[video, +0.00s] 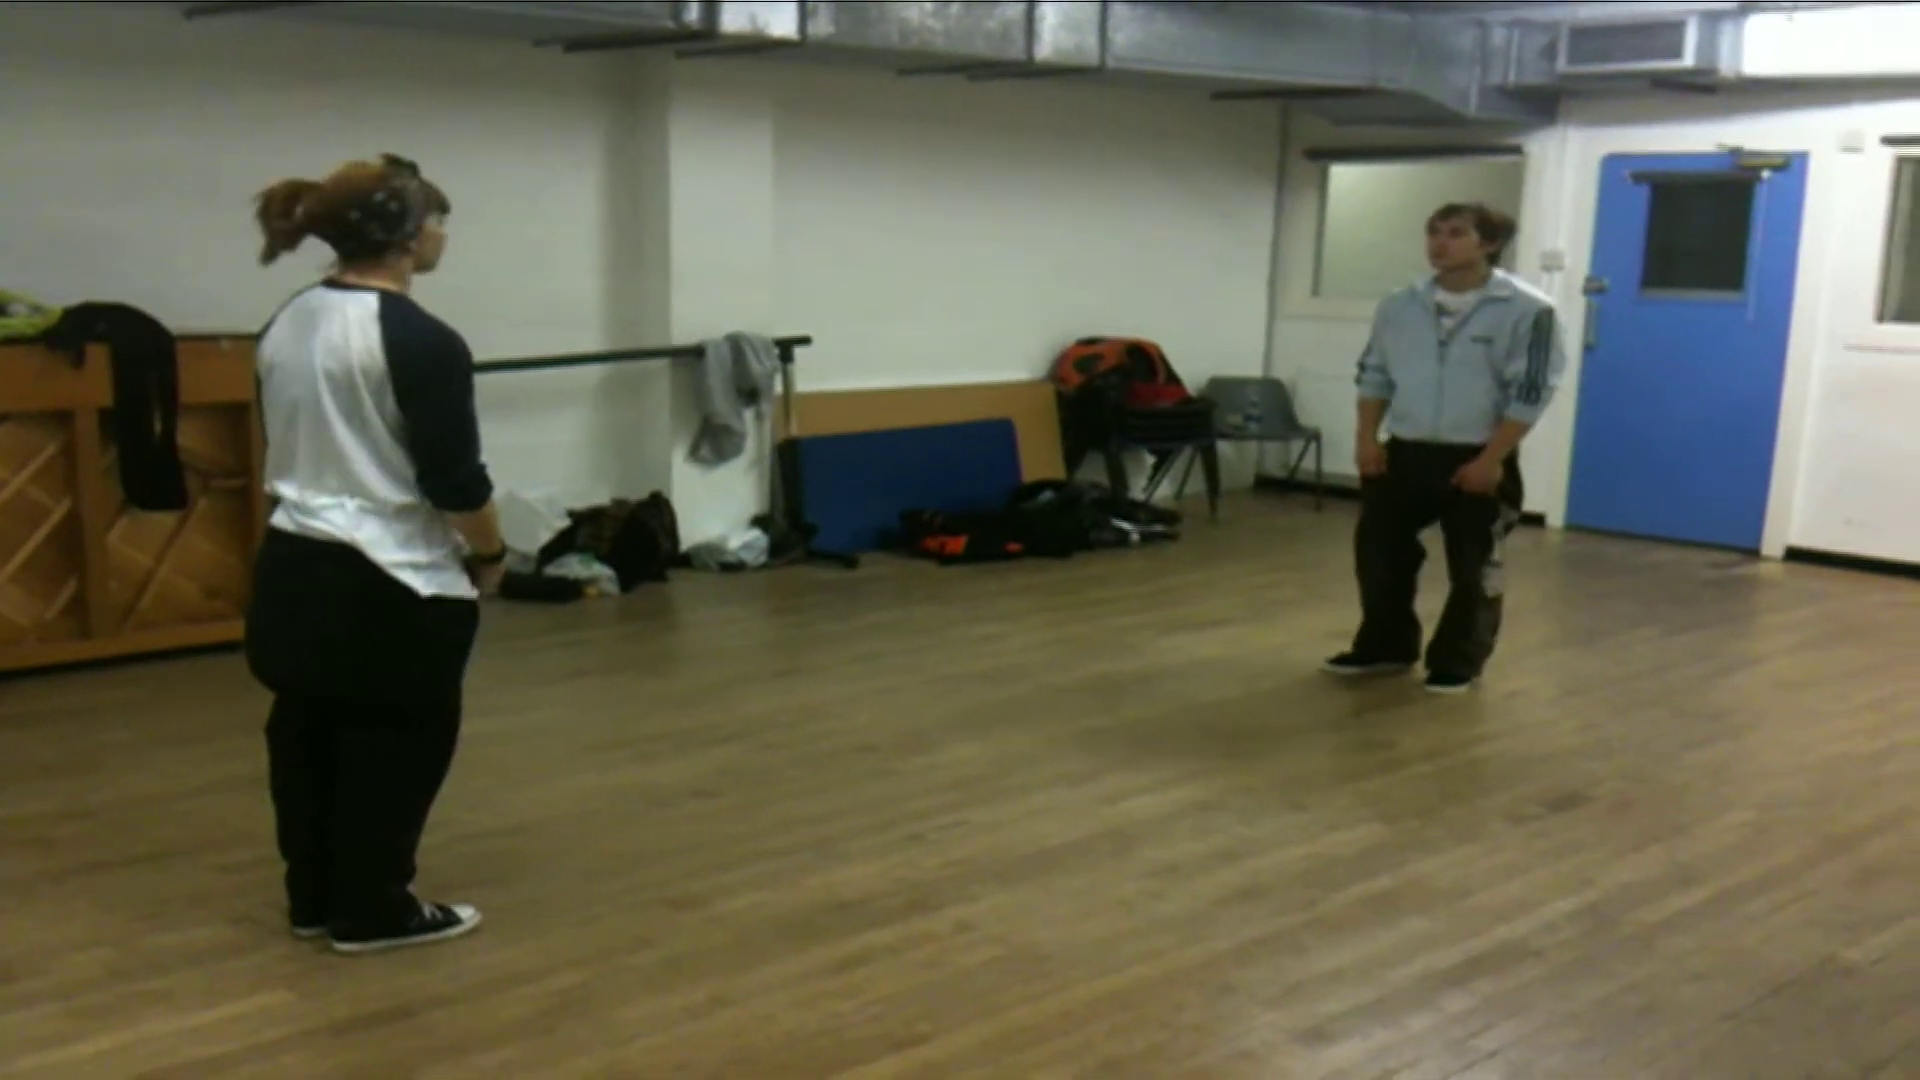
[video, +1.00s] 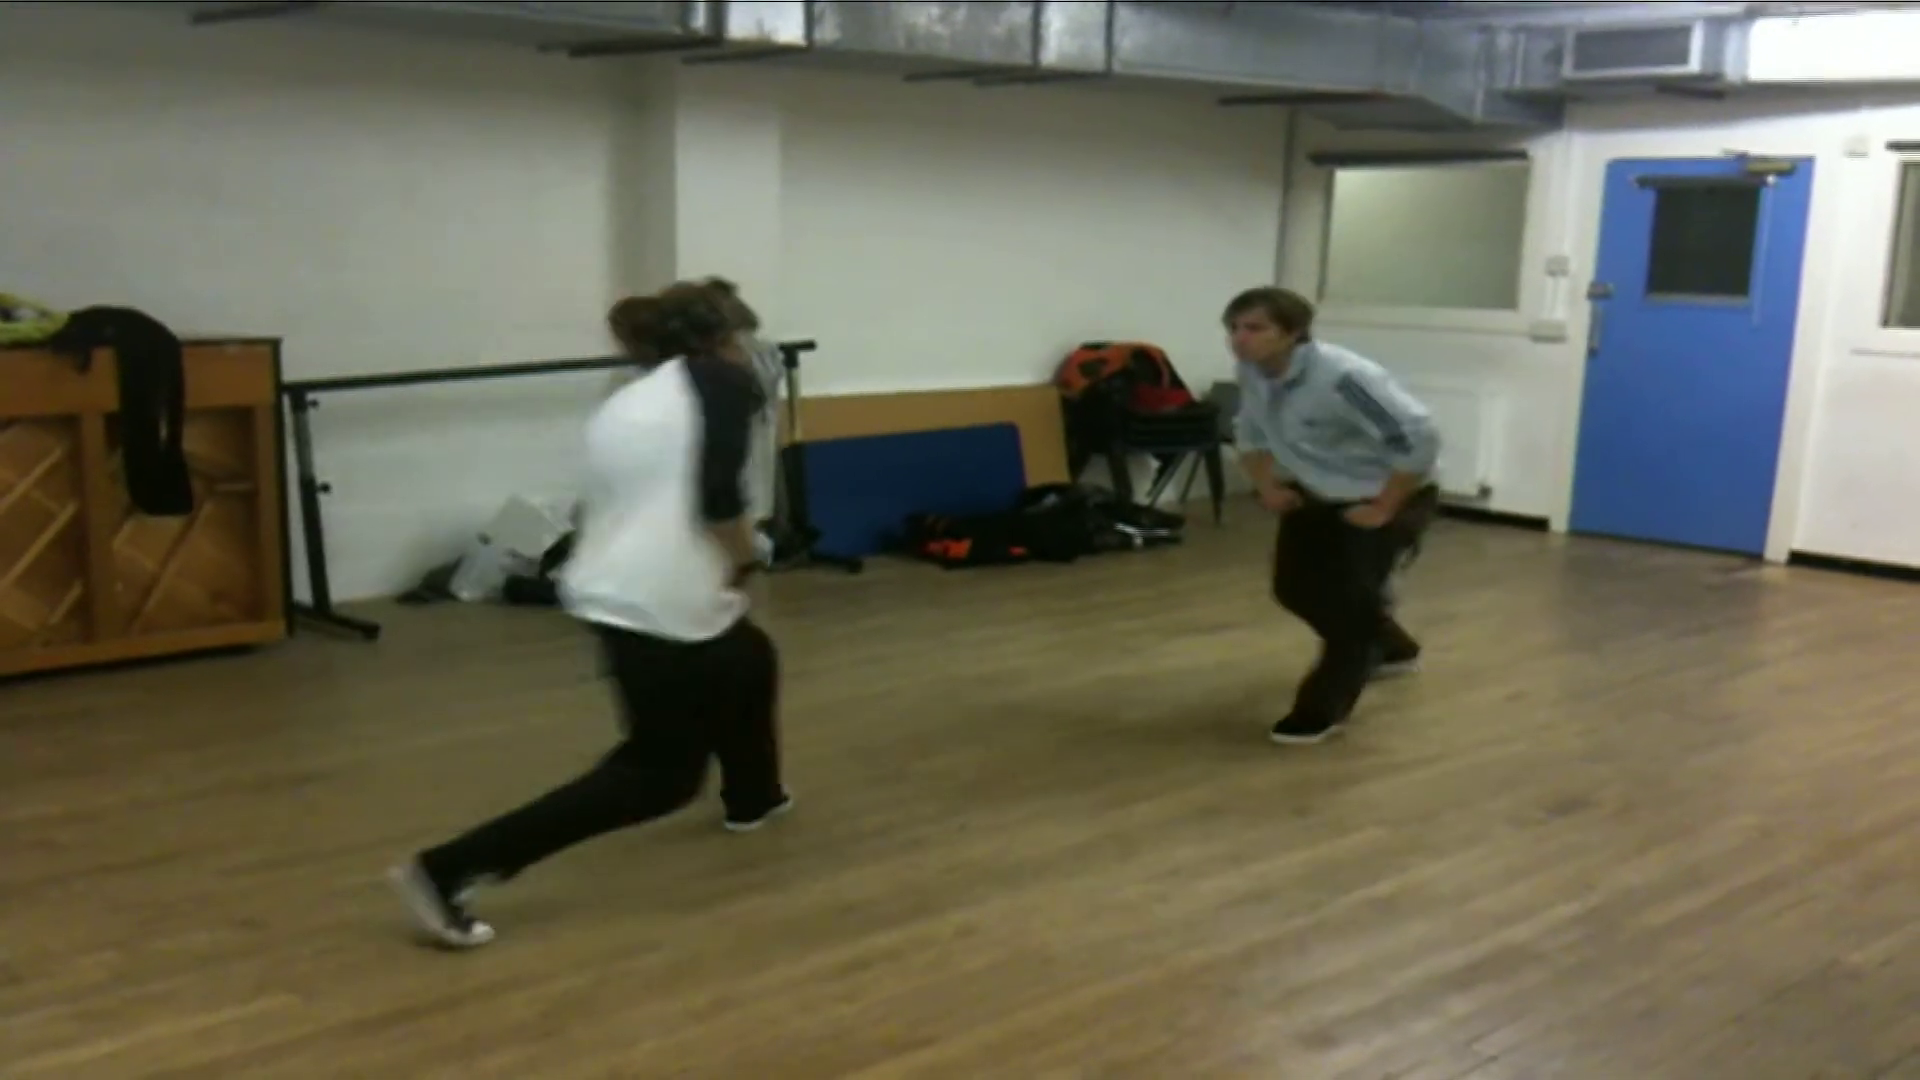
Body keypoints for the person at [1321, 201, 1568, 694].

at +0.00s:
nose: (1441, 242)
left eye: (1456, 234)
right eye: (1435, 233)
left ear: (1487, 244)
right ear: (1426, 243)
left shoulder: (1528, 312)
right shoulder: (1399, 307)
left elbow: (1529, 396)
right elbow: (1375, 377)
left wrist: (1492, 457)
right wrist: (1366, 437)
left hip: (1479, 461)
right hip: (1407, 457)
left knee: (1474, 570)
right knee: (1378, 546)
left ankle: (1456, 662)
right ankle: (1386, 643)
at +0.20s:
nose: (1426, 253)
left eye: (1440, 243)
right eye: (1419, 244)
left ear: (1471, 252)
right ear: (1412, 252)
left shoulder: (1517, 318)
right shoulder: (1389, 316)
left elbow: (1518, 403)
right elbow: (1369, 387)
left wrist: (1486, 464)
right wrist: (1364, 448)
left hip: (1471, 468)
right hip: (1401, 465)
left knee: (1473, 577)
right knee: (1385, 563)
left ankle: (1461, 669)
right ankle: (1391, 652)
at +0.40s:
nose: (1411, 254)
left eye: (1424, 244)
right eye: (1405, 245)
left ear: (1456, 251)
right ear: (1398, 253)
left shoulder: (1505, 317)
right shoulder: (1377, 315)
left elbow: (1512, 401)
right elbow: (1358, 384)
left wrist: (1481, 463)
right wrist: (1361, 441)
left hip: (1464, 466)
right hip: (1394, 463)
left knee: (1472, 572)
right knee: (1381, 559)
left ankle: (1464, 667)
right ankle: (1393, 650)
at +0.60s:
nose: (1375, 265)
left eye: (1389, 255)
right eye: (1369, 256)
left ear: (1423, 261)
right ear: (1363, 263)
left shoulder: (1474, 317)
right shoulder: (1349, 325)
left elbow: (1485, 399)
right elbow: (1334, 397)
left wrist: (1443, 458)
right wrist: (1331, 464)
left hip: (1440, 465)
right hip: (1372, 464)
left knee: (1427, 554)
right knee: (1358, 550)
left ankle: (1456, 654)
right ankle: (1386, 644)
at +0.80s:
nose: (1329, 294)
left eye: (1343, 284)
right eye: (1324, 284)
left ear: (1376, 290)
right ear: (1317, 290)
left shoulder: (1419, 333)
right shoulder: (1301, 347)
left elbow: (1455, 398)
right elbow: (1284, 419)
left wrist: (1398, 459)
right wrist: (1302, 471)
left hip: (1428, 462)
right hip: (1357, 464)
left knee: (1366, 534)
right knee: (1320, 561)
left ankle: (1380, 636)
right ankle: (1385, 637)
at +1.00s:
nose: (1239, 339)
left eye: (1252, 329)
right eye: (1235, 329)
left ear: (1288, 334)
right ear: (1232, 333)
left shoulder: (1341, 375)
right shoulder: (1253, 375)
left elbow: (1421, 436)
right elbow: (1249, 437)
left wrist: (1384, 505)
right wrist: (1267, 485)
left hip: (1382, 498)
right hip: (1317, 495)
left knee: (1350, 599)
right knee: (1294, 585)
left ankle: (1318, 711)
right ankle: (1390, 644)